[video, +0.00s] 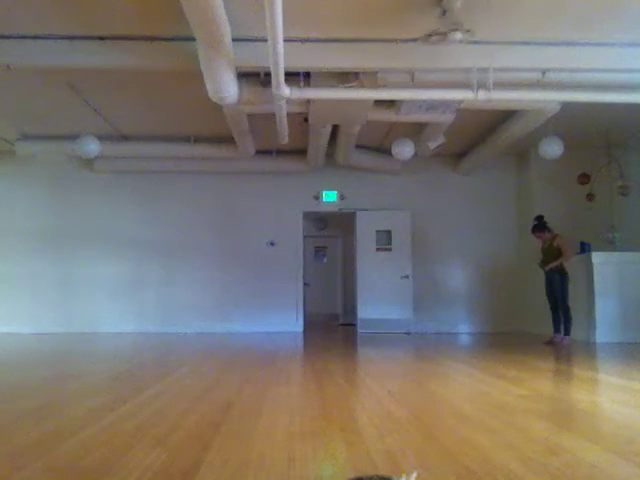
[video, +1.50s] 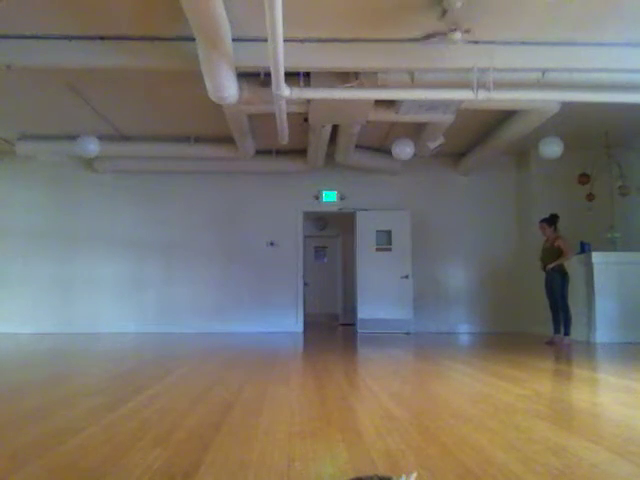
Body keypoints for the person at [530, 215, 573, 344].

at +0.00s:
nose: (539, 239)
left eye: (539, 236)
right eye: (537, 237)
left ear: (545, 232)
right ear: (539, 235)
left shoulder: (558, 240)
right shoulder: (545, 243)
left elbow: (567, 255)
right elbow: (547, 257)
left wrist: (551, 265)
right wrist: (542, 263)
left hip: (560, 273)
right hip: (549, 274)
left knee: (562, 304)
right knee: (553, 304)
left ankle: (566, 335)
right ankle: (557, 334)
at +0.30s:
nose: (539, 233)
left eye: (540, 230)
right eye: (537, 231)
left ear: (547, 228)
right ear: (543, 230)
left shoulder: (559, 240)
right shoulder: (545, 243)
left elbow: (567, 255)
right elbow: (545, 257)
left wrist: (552, 264)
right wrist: (543, 265)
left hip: (559, 274)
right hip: (549, 274)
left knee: (562, 304)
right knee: (553, 305)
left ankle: (566, 335)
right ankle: (557, 334)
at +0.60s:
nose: (540, 233)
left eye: (541, 229)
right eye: (539, 230)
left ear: (548, 228)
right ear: (545, 230)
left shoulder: (559, 241)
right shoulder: (545, 242)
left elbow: (567, 255)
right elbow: (543, 257)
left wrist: (552, 263)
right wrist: (542, 265)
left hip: (558, 274)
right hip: (548, 274)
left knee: (561, 304)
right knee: (552, 305)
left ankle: (566, 335)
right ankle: (556, 334)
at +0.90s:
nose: (541, 232)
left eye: (543, 229)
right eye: (540, 229)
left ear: (550, 228)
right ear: (542, 230)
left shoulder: (558, 240)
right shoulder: (545, 242)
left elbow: (566, 255)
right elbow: (544, 256)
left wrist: (552, 264)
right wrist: (542, 265)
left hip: (558, 273)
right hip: (548, 273)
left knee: (561, 304)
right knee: (552, 305)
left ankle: (566, 335)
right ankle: (556, 334)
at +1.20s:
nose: (542, 231)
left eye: (543, 228)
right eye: (540, 228)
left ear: (551, 227)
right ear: (543, 229)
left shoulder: (559, 240)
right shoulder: (546, 241)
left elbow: (567, 255)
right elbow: (546, 255)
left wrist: (552, 264)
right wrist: (543, 264)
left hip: (558, 273)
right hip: (549, 273)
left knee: (561, 304)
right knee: (553, 305)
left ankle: (566, 335)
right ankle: (556, 334)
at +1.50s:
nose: (542, 231)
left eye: (544, 228)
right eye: (541, 228)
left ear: (551, 228)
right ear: (544, 229)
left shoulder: (559, 240)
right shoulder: (547, 241)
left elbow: (568, 254)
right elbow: (546, 255)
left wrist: (553, 264)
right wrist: (543, 264)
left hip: (559, 273)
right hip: (549, 273)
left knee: (561, 304)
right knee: (553, 305)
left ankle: (566, 335)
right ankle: (556, 334)